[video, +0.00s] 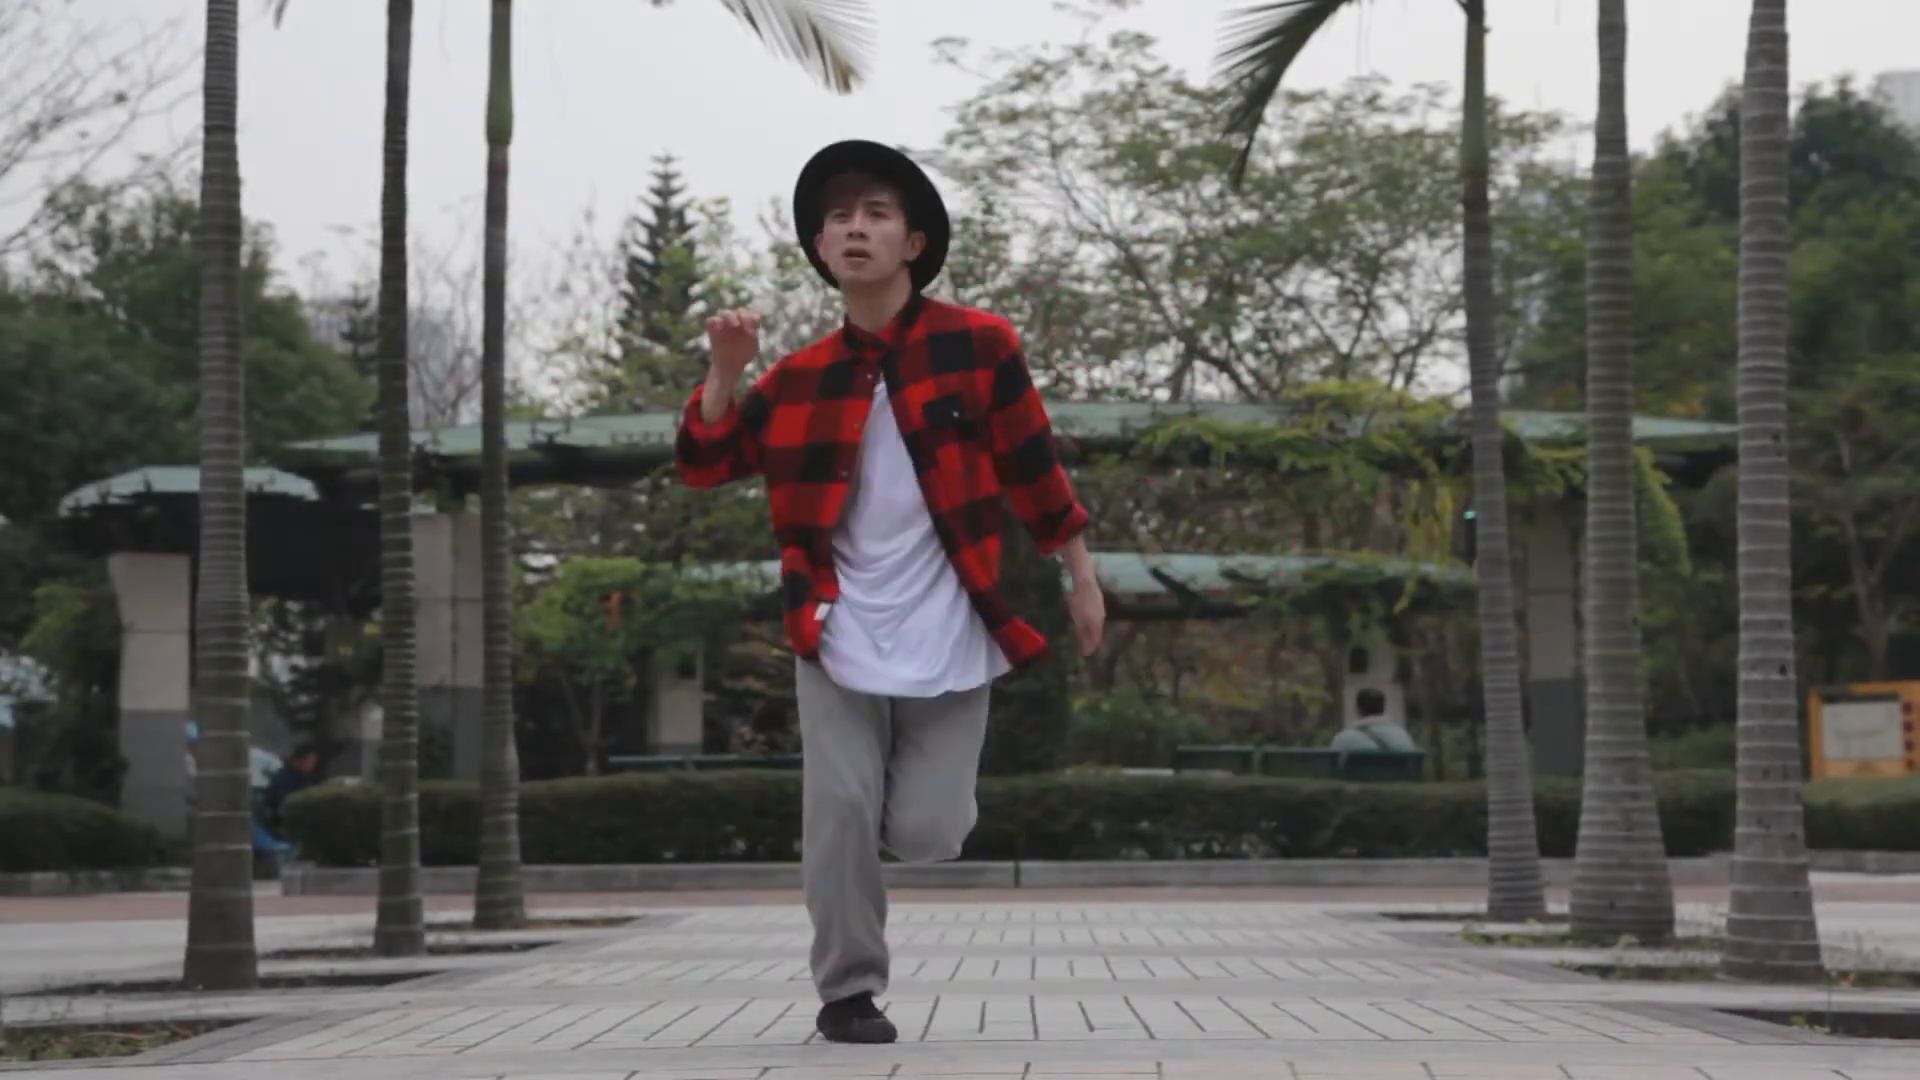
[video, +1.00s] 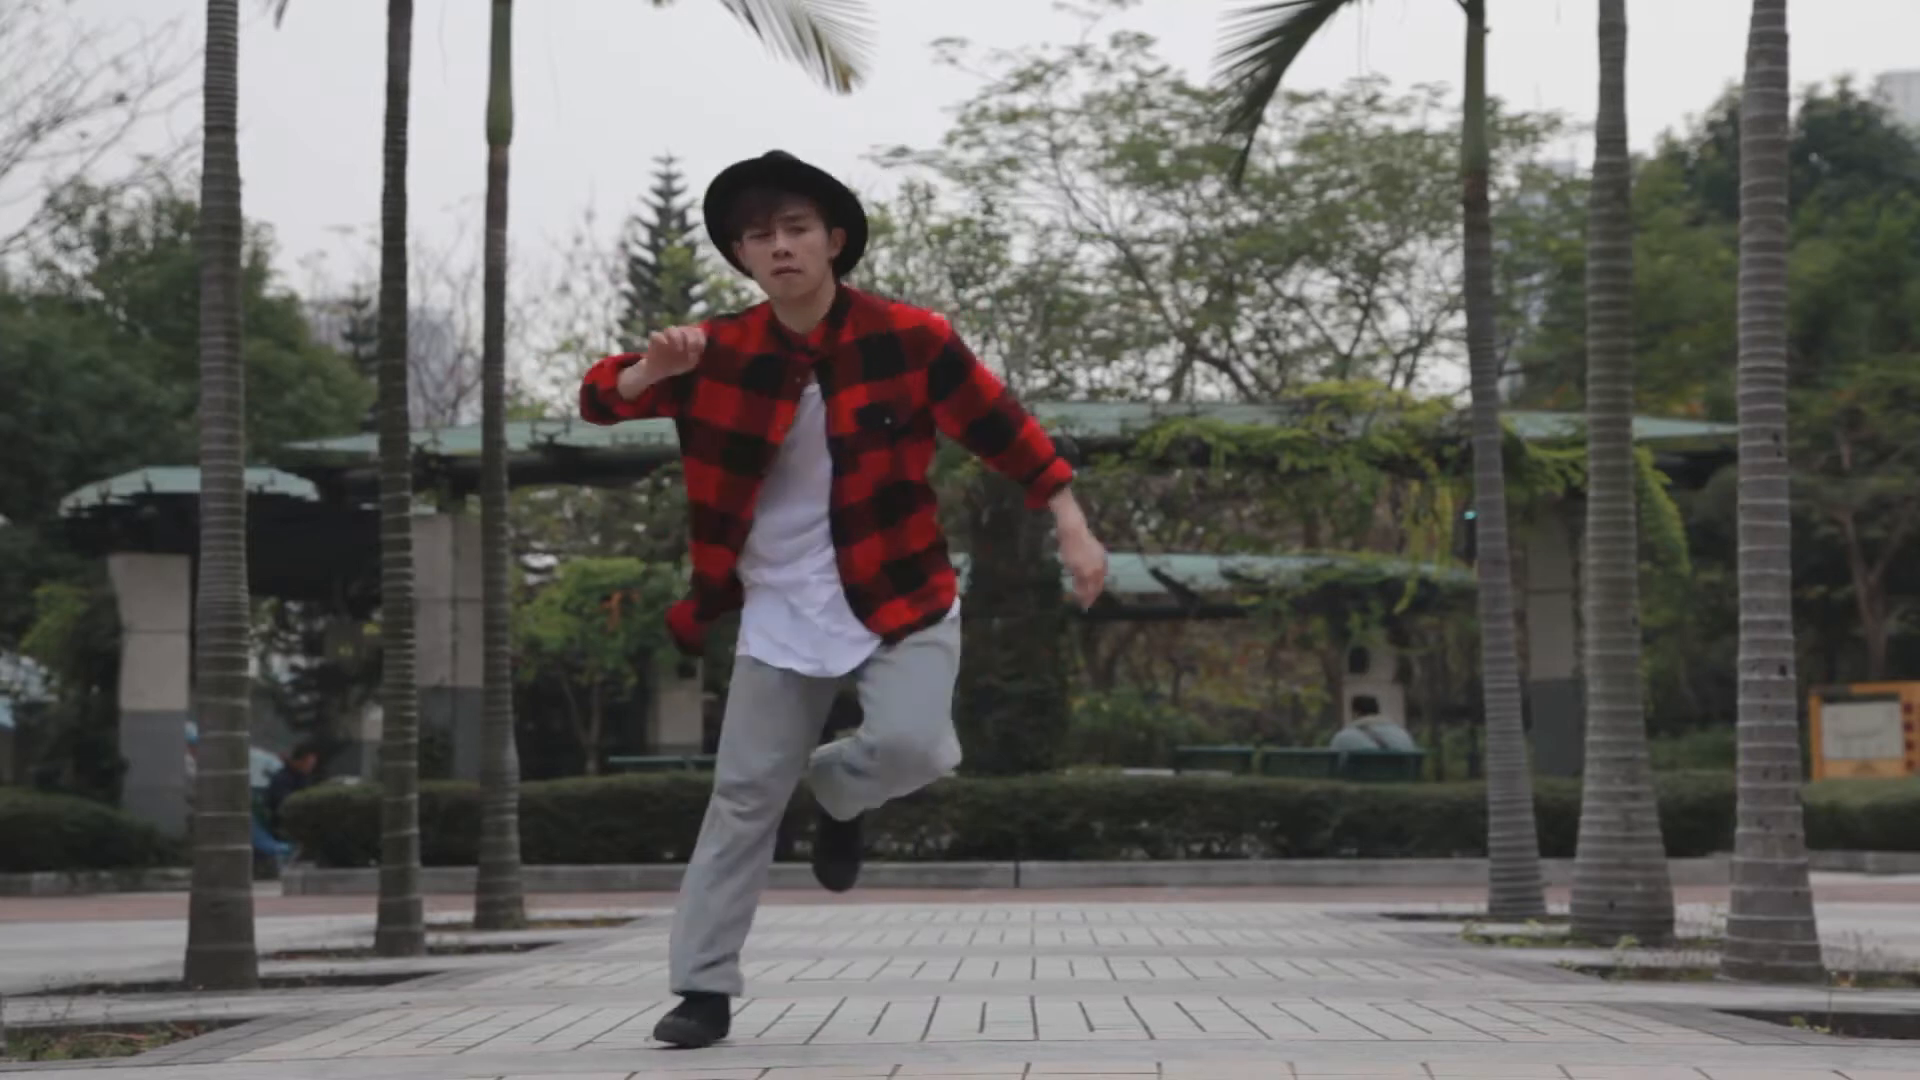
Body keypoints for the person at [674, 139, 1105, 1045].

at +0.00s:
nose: (854, 226)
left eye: (877, 212)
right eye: (838, 214)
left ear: (917, 242)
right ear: (817, 248)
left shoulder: (978, 347)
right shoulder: (798, 377)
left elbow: (1032, 464)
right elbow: (702, 465)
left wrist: (1081, 572)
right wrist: (722, 377)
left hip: (953, 627)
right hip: (841, 626)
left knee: (928, 838)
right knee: (842, 811)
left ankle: (863, 801)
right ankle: (849, 993)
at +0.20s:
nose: (905, 181)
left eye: (919, 162)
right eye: (880, 173)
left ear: (955, 183)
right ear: (858, 210)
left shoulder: (1009, 292)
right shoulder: (830, 306)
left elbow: (1096, 351)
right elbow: (772, 402)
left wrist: (1152, 449)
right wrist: (839, 393)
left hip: (968, 557)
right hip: (860, 566)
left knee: (991, 728)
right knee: (876, 759)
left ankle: (962, 940)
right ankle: (905, 952)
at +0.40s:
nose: (974, 228)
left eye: (987, 210)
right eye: (947, 218)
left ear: (1010, 232)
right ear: (914, 253)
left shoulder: (1026, 356)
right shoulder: (892, 355)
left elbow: (1061, 470)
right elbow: (918, 493)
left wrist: (1113, 476)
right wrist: (951, 618)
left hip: (976, 607)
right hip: (869, 617)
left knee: (1011, 775)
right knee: (892, 809)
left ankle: (1064, 969)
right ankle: (927, 975)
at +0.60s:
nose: (963, 214)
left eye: (985, 205)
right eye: (945, 196)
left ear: (1004, 242)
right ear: (906, 217)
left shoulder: (1004, 349)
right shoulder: (824, 307)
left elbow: (996, 486)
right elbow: (724, 383)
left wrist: (982, 393)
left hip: (929, 561)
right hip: (822, 548)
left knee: (988, 769)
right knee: (833, 724)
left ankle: (1023, 977)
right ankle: (809, 869)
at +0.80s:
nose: (811, 238)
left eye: (838, 227)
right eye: (799, 222)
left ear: (875, 261)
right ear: (781, 241)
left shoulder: (890, 358)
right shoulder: (740, 336)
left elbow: (949, 456)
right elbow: (656, 353)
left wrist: (948, 512)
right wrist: (589, 371)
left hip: (876, 650)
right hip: (755, 634)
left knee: (857, 844)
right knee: (707, 795)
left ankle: (804, 920)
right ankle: (682, 990)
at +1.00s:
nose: (778, 246)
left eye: (796, 226)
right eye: (757, 233)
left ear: (838, 238)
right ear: (740, 256)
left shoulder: (910, 338)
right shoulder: (717, 352)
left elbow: (999, 423)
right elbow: (594, 402)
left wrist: (1072, 522)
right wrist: (644, 373)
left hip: (904, 595)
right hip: (781, 604)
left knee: (922, 748)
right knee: (747, 791)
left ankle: (830, 793)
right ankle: (704, 988)